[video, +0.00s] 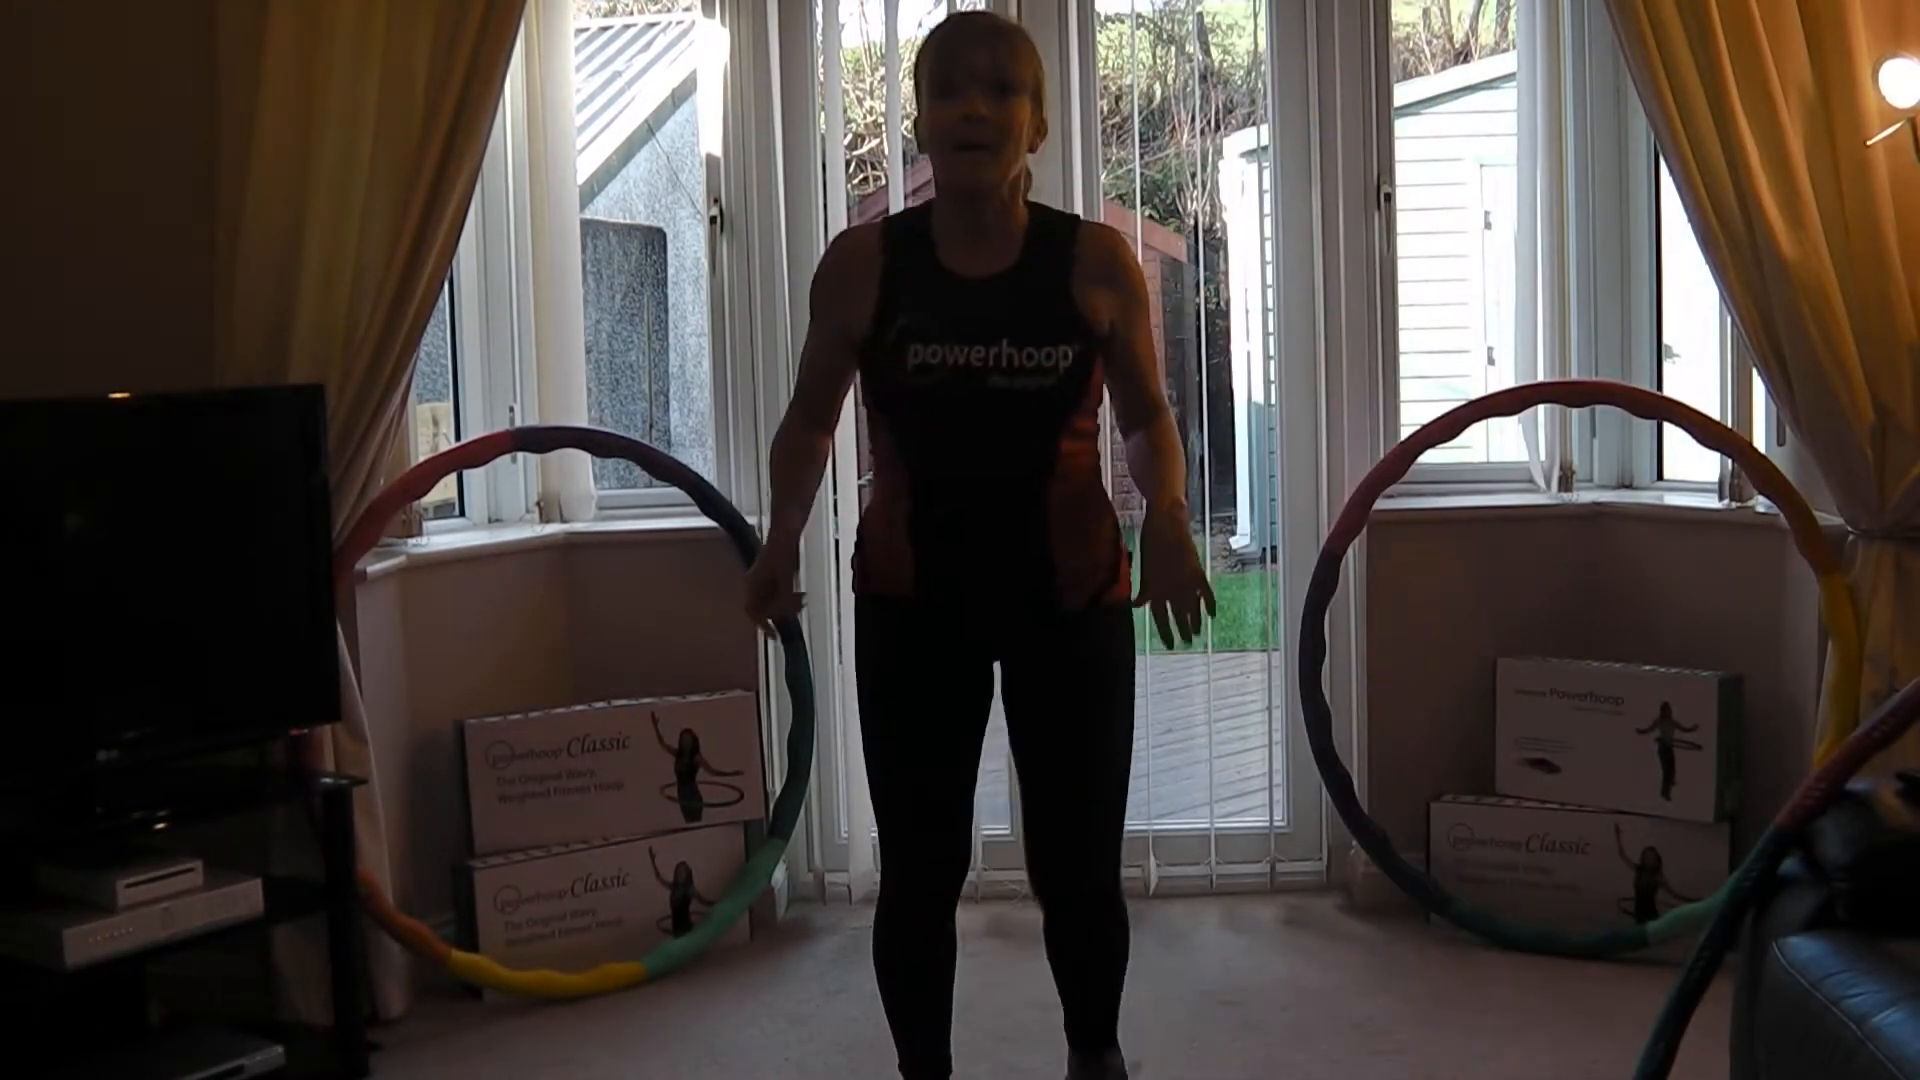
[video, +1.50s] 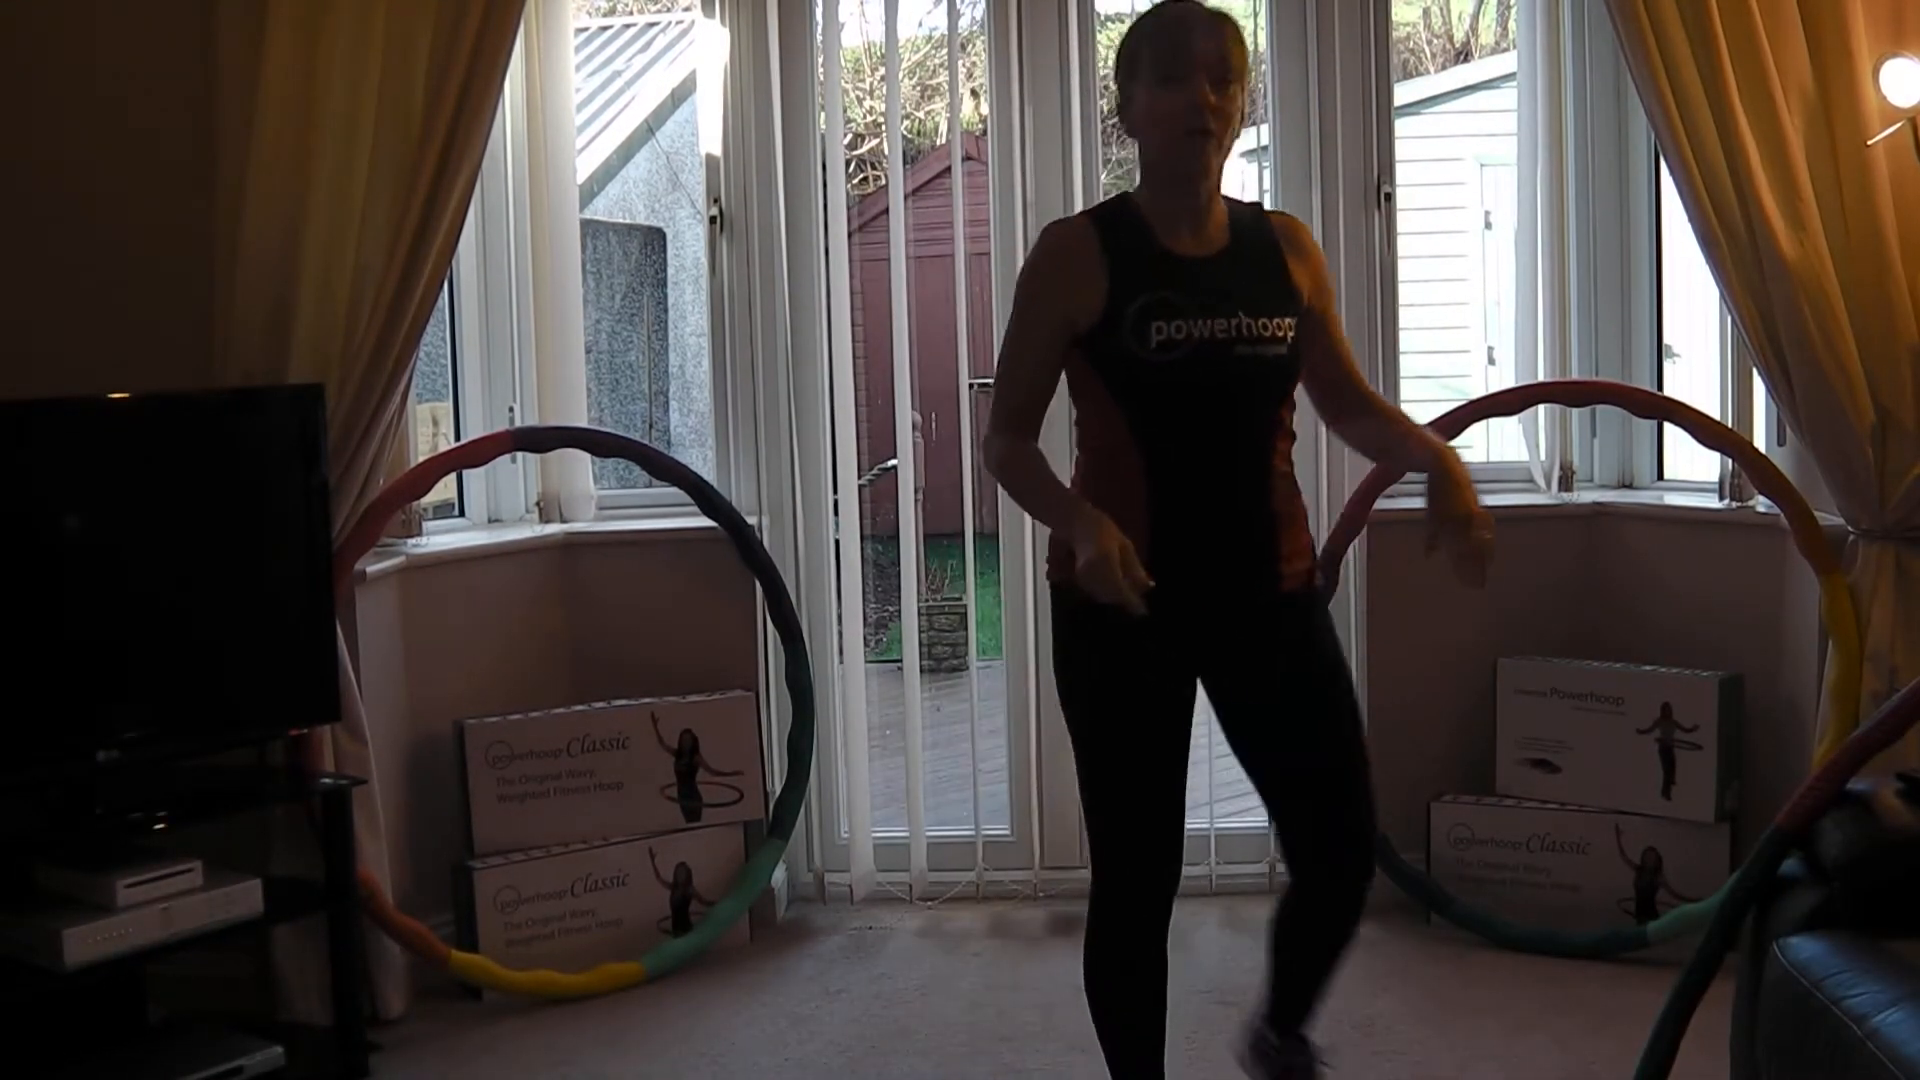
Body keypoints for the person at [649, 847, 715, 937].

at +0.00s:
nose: (681, 874)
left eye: (683, 871)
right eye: (679, 871)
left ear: (688, 873)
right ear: (675, 873)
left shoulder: (689, 889)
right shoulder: (673, 887)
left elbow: (703, 901)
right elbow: (659, 878)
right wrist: (653, 860)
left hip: (686, 923)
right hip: (675, 923)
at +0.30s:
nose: (681, 874)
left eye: (684, 871)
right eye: (679, 871)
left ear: (688, 873)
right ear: (675, 873)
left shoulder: (689, 889)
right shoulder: (673, 886)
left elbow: (703, 901)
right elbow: (658, 877)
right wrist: (652, 860)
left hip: (686, 923)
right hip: (675, 923)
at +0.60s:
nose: (681, 876)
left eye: (683, 872)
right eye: (678, 872)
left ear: (688, 874)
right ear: (675, 874)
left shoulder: (690, 889)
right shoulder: (673, 887)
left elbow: (703, 901)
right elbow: (658, 878)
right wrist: (653, 861)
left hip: (686, 923)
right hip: (675, 924)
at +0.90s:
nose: (681, 876)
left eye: (683, 873)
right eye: (679, 873)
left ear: (688, 874)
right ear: (675, 874)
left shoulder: (690, 889)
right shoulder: (673, 887)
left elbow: (703, 902)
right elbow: (658, 878)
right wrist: (652, 861)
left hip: (686, 923)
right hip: (675, 923)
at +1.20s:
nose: (681, 877)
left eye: (683, 873)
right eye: (678, 873)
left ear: (688, 875)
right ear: (675, 874)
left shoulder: (690, 889)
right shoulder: (673, 887)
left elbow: (702, 901)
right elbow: (658, 878)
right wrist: (652, 861)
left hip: (686, 924)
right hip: (675, 924)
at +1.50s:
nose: (681, 876)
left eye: (683, 873)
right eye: (678, 873)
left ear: (688, 875)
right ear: (675, 874)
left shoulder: (690, 889)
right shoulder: (673, 887)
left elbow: (702, 901)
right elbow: (658, 878)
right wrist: (652, 861)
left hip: (686, 924)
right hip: (675, 924)